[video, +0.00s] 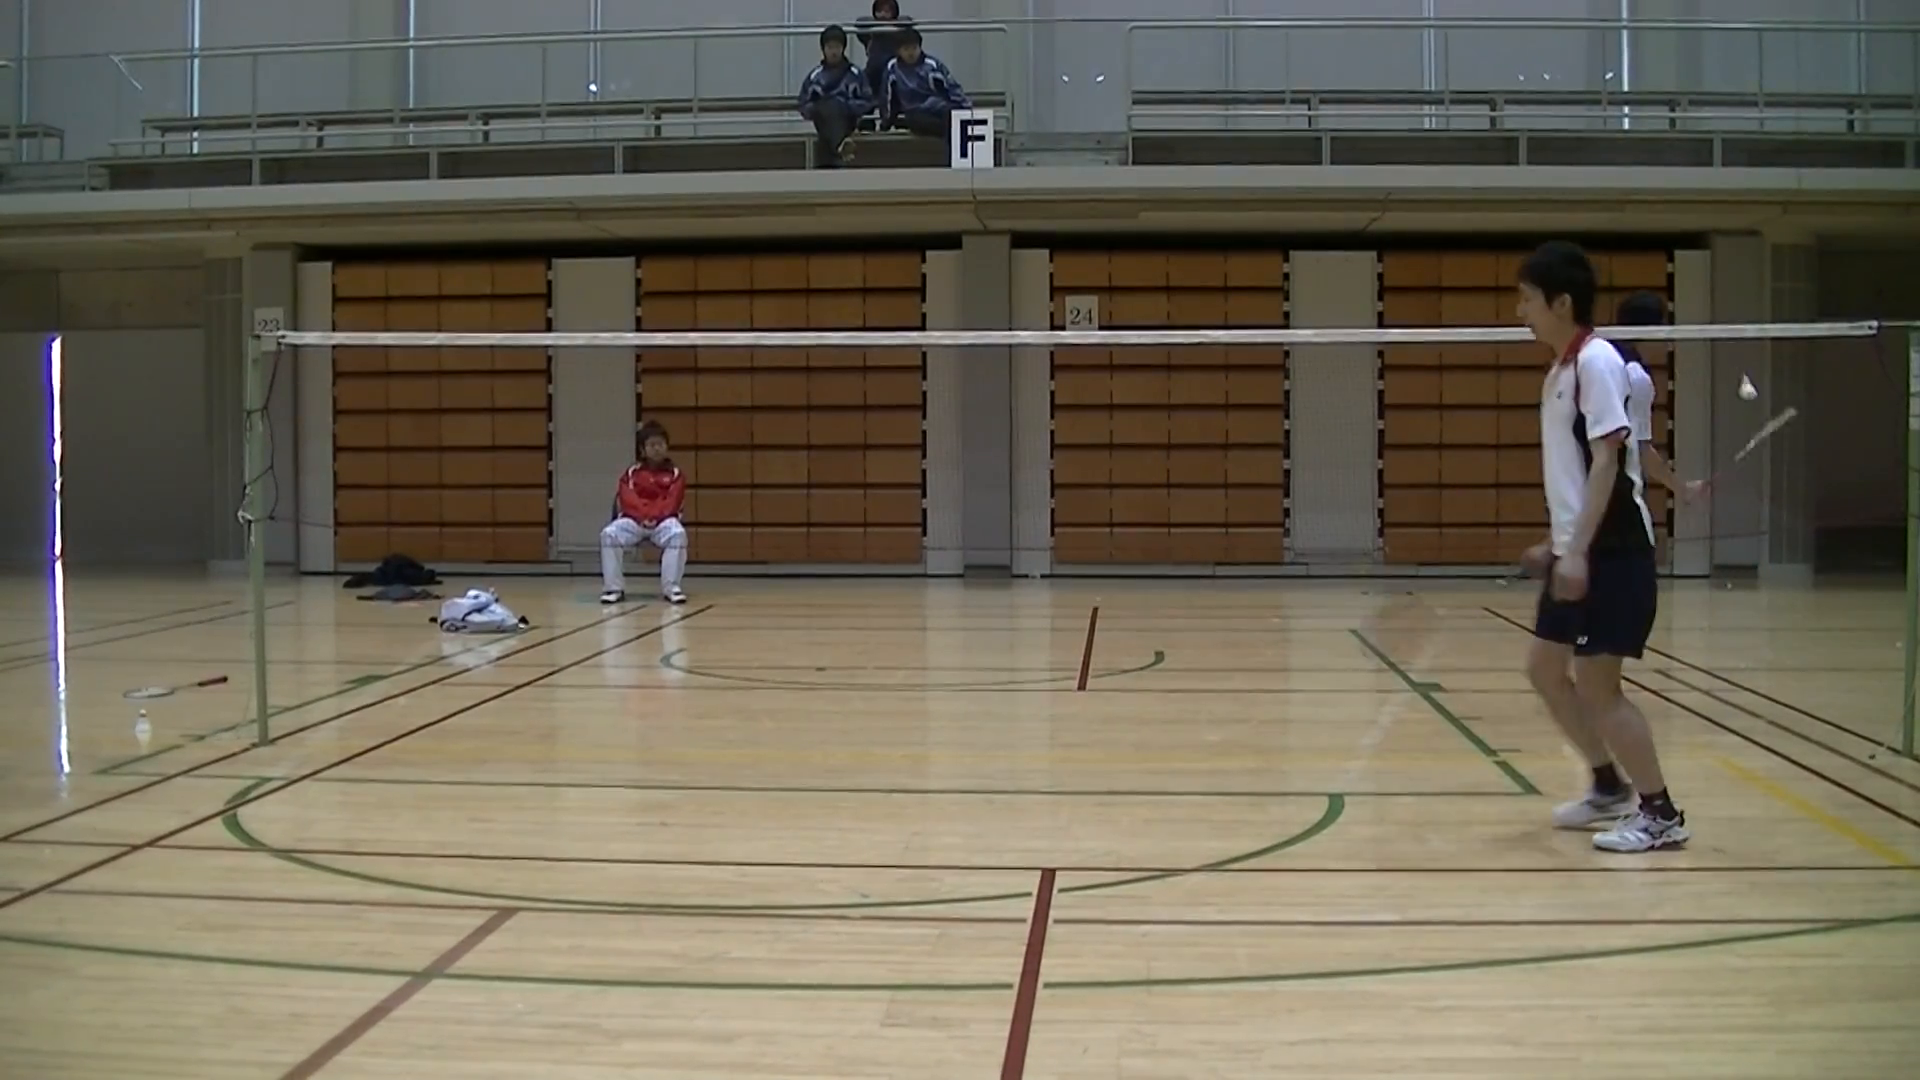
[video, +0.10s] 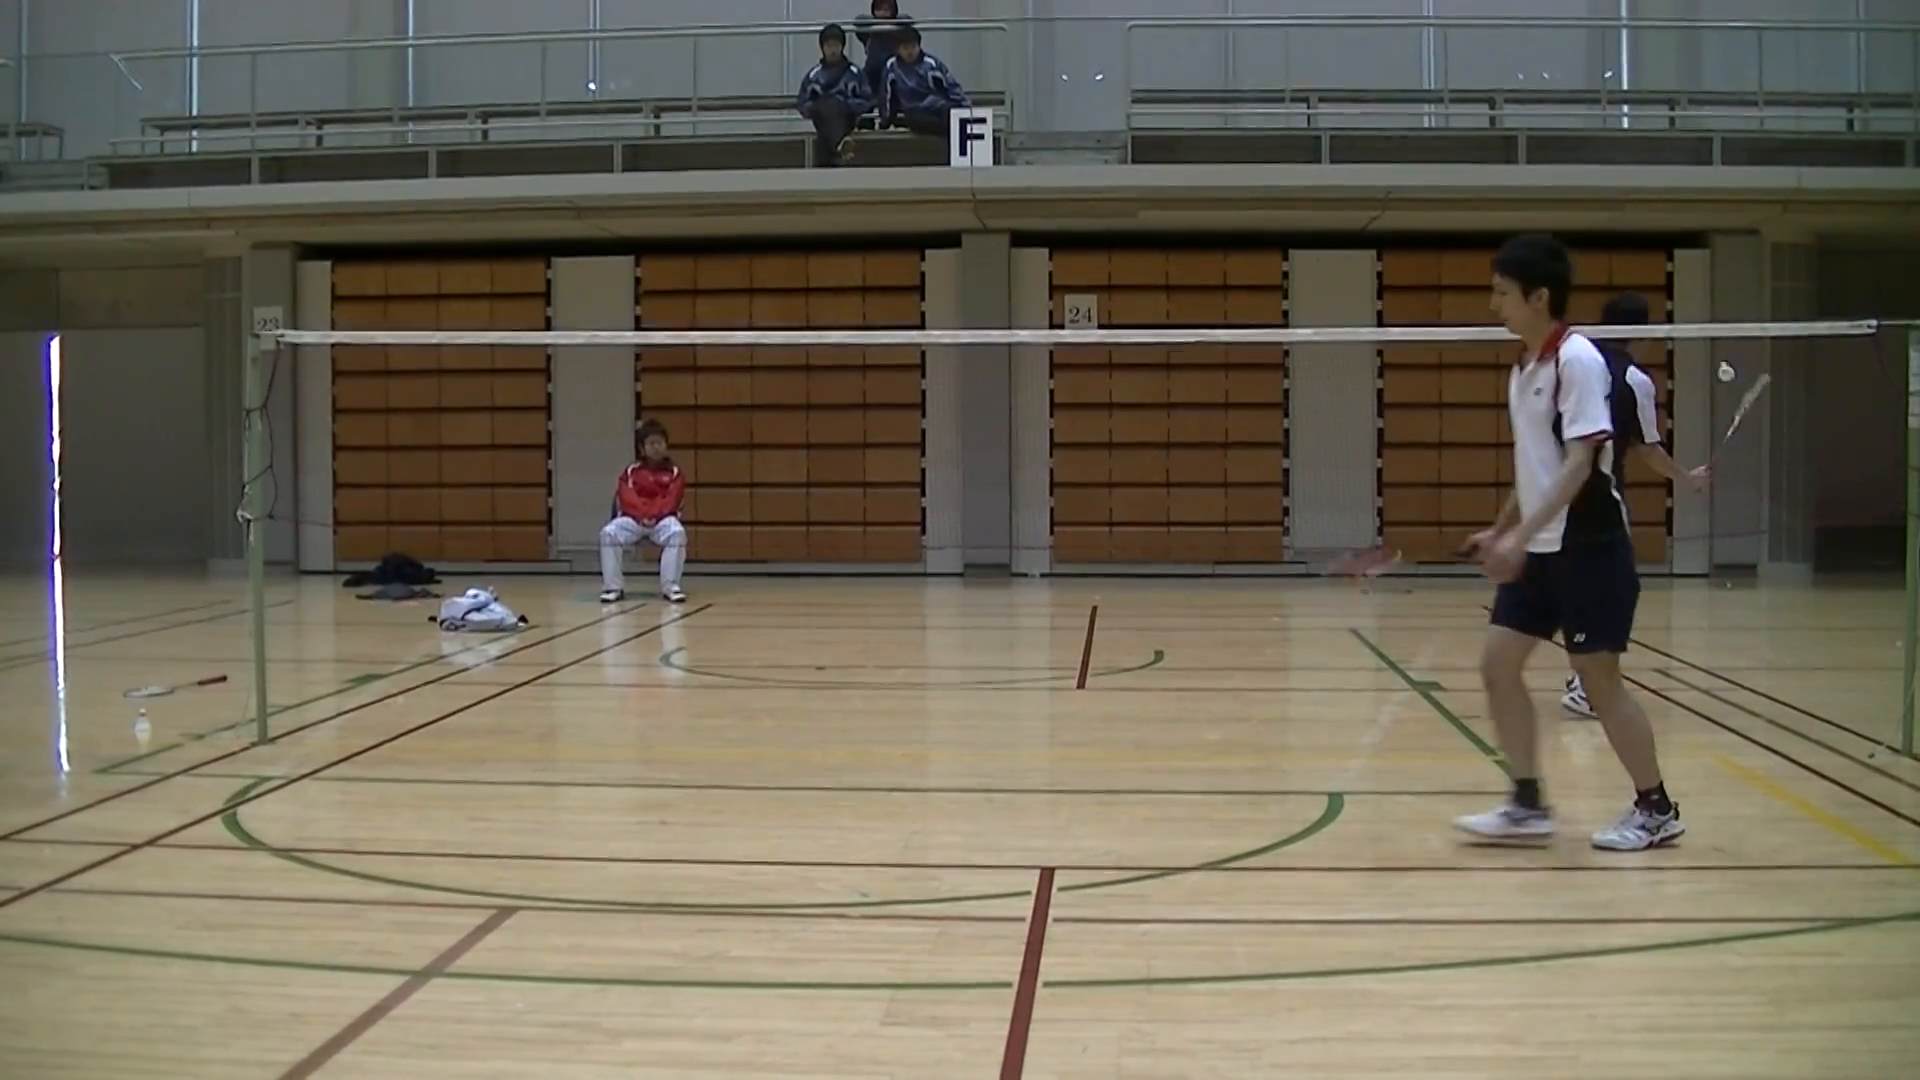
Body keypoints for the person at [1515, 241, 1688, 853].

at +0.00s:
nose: (1521, 311)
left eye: (1527, 298)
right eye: (1520, 299)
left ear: (1560, 300)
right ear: (1559, 302)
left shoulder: (1596, 362)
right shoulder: (1564, 367)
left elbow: (1608, 461)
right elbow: (1578, 467)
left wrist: (1579, 547)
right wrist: (1554, 542)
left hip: (1615, 546)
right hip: (1577, 545)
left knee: (1597, 685)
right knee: (1546, 666)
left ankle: (1660, 813)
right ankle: (1609, 787)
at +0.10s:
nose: (1495, 305)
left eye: (1503, 293)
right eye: (1494, 293)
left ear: (1539, 296)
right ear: (1528, 298)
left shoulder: (1579, 359)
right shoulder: (1525, 366)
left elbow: (1582, 466)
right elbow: (1533, 467)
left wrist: (1521, 534)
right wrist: (1502, 528)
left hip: (1590, 548)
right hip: (1539, 547)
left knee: (1601, 684)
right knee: (1499, 664)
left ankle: (1656, 807)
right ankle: (1528, 805)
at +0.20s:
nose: (1463, 308)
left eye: (1472, 296)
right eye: (1462, 296)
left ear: (1509, 299)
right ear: (1486, 300)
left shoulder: (1552, 365)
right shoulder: (1484, 372)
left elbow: (1543, 467)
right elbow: (1486, 465)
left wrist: (1466, 516)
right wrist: (1452, 521)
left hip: (1560, 551)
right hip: (1499, 549)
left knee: (1595, 678)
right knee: (1457, 671)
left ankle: (1652, 802)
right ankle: (1443, 813)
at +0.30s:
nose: (1422, 308)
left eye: (1431, 295)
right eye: (1421, 296)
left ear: (1471, 297)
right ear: (1452, 300)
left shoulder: (1516, 363)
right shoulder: (1440, 373)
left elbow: (1505, 458)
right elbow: (1448, 466)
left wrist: (1423, 496)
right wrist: (1410, 519)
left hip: (1517, 556)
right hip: (1451, 554)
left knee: (1551, 684)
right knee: (1422, 677)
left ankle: (1636, 783)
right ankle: (1421, 825)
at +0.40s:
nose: (1383, 301)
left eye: (1393, 289)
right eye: (1378, 290)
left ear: (1432, 285)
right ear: (1381, 292)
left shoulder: (1475, 350)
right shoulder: (1397, 359)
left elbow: (1465, 446)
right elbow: (1392, 449)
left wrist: (1383, 479)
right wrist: (1362, 505)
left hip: (1460, 543)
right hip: (1402, 541)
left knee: (1464, 693)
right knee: (1395, 675)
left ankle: (1569, 757)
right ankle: (1416, 821)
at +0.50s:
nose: (1348, 223)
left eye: (1355, 208)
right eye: (1340, 211)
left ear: (1388, 200)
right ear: (1337, 211)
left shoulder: (1435, 264)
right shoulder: (1350, 273)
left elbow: (1442, 360)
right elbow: (1346, 368)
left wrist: (1356, 388)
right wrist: (1307, 416)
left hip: (1418, 439)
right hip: (1362, 440)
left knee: (1377, 590)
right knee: (1374, 596)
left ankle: (1462, 710)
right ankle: (1410, 741)